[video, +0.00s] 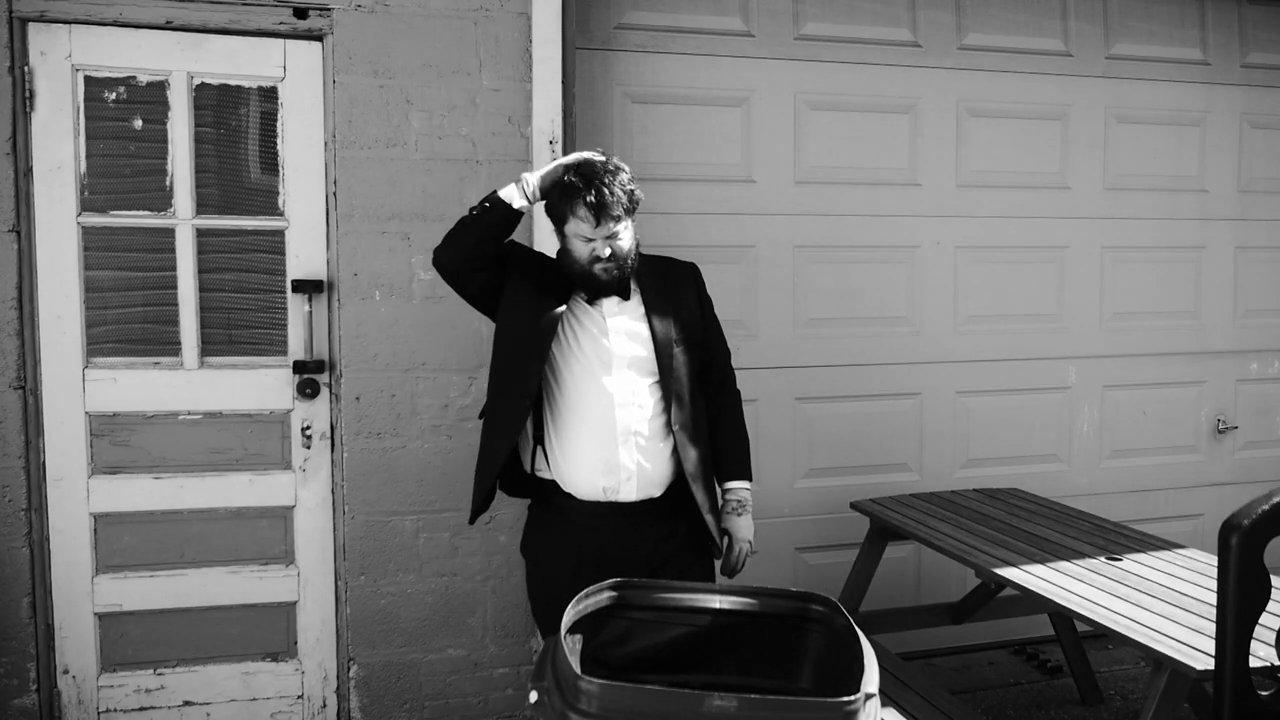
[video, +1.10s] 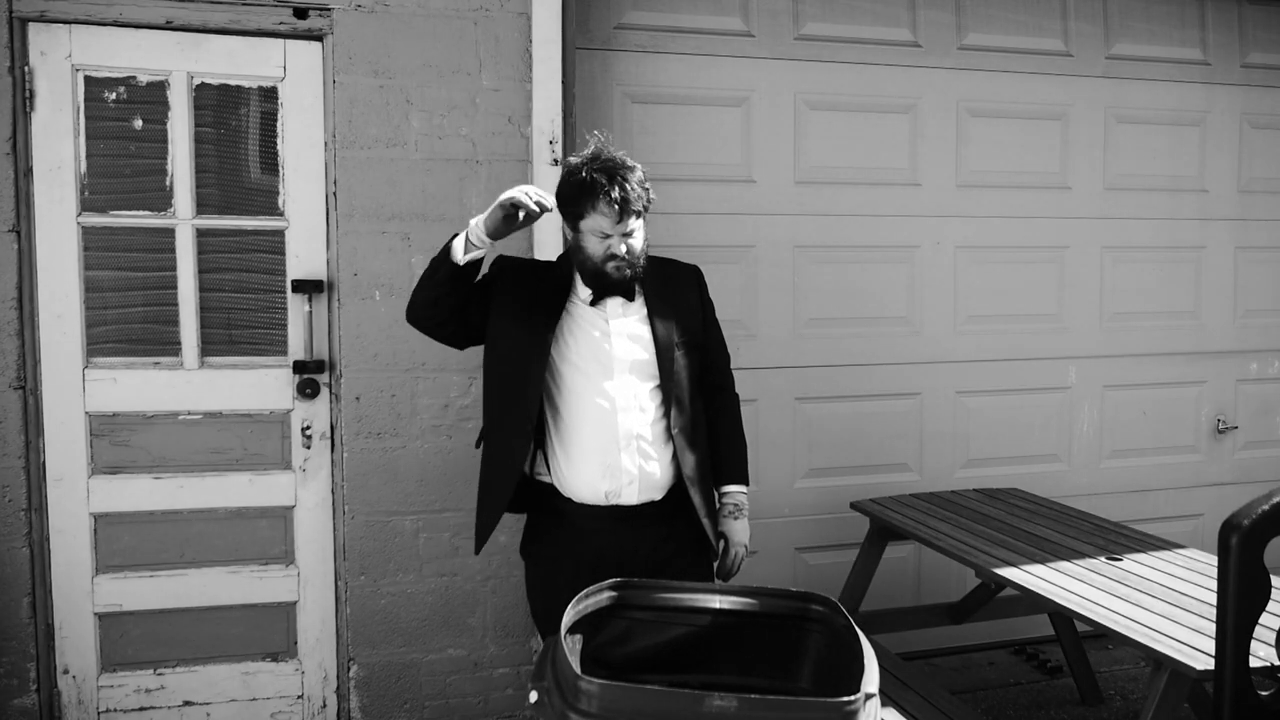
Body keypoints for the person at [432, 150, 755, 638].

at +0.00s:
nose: (605, 250)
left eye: (616, 232)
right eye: (587, 238)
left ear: (634, 221)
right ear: (558, 235)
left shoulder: (679, 286)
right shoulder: (529, 287)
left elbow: (719, 392)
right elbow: (455, 258)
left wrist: (737, 499)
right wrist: (530, 188)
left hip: (670, 527)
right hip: (566, 529)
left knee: (675, 691)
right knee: (577, 689)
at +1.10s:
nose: (621, 250)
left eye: (631, 232)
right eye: (603, 236)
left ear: (645, 224)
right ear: (570, 231)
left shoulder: (681, 287)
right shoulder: (521, 290)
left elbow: (719, 396)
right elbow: (428, 314)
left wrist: (733, 504)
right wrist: (481, 234)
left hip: (670, 528)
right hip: (566, 531)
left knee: (675, 695)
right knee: (577, 693)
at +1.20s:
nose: (637, 246)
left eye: (643, 228)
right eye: (619, 232)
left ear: (652, 221)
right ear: (578, 229)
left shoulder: (682, 288)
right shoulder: (519, 295)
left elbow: (719, 397)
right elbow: (435, 363)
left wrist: (734, 504)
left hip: (670, 527)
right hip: (566, 532)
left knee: (676, 694)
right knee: (577, 693)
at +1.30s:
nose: (646, 243)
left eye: (651, 227)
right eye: (629, 228)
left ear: (657, 222)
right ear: (583, 228)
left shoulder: (681, 288)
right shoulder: (518, 301)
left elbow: (718, 396)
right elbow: (475, 375)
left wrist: (733, 503)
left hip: (669, 530)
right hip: (566, 535)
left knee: (674, 695)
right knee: (575, 693)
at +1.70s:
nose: (656, 242)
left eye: (657, 227)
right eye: (643, 229)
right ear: (595, 227)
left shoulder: (672, 285)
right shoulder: (512, 303)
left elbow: (708, 388)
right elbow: (483, 416)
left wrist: (729, 494)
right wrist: (494, 531)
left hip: (674, 529)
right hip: (575, 536)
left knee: (682, 695)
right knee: (585, 699)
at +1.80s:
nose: (658, 240)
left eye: (659, 225)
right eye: (645, 227)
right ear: (597, 227)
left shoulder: (672, 286)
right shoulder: (513, 304)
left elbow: (708, 389)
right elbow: (484, 419)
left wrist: (728, 493)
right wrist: (479, 532)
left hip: (674, 530)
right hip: (575, 538)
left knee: (683, 698)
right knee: (587, 707)